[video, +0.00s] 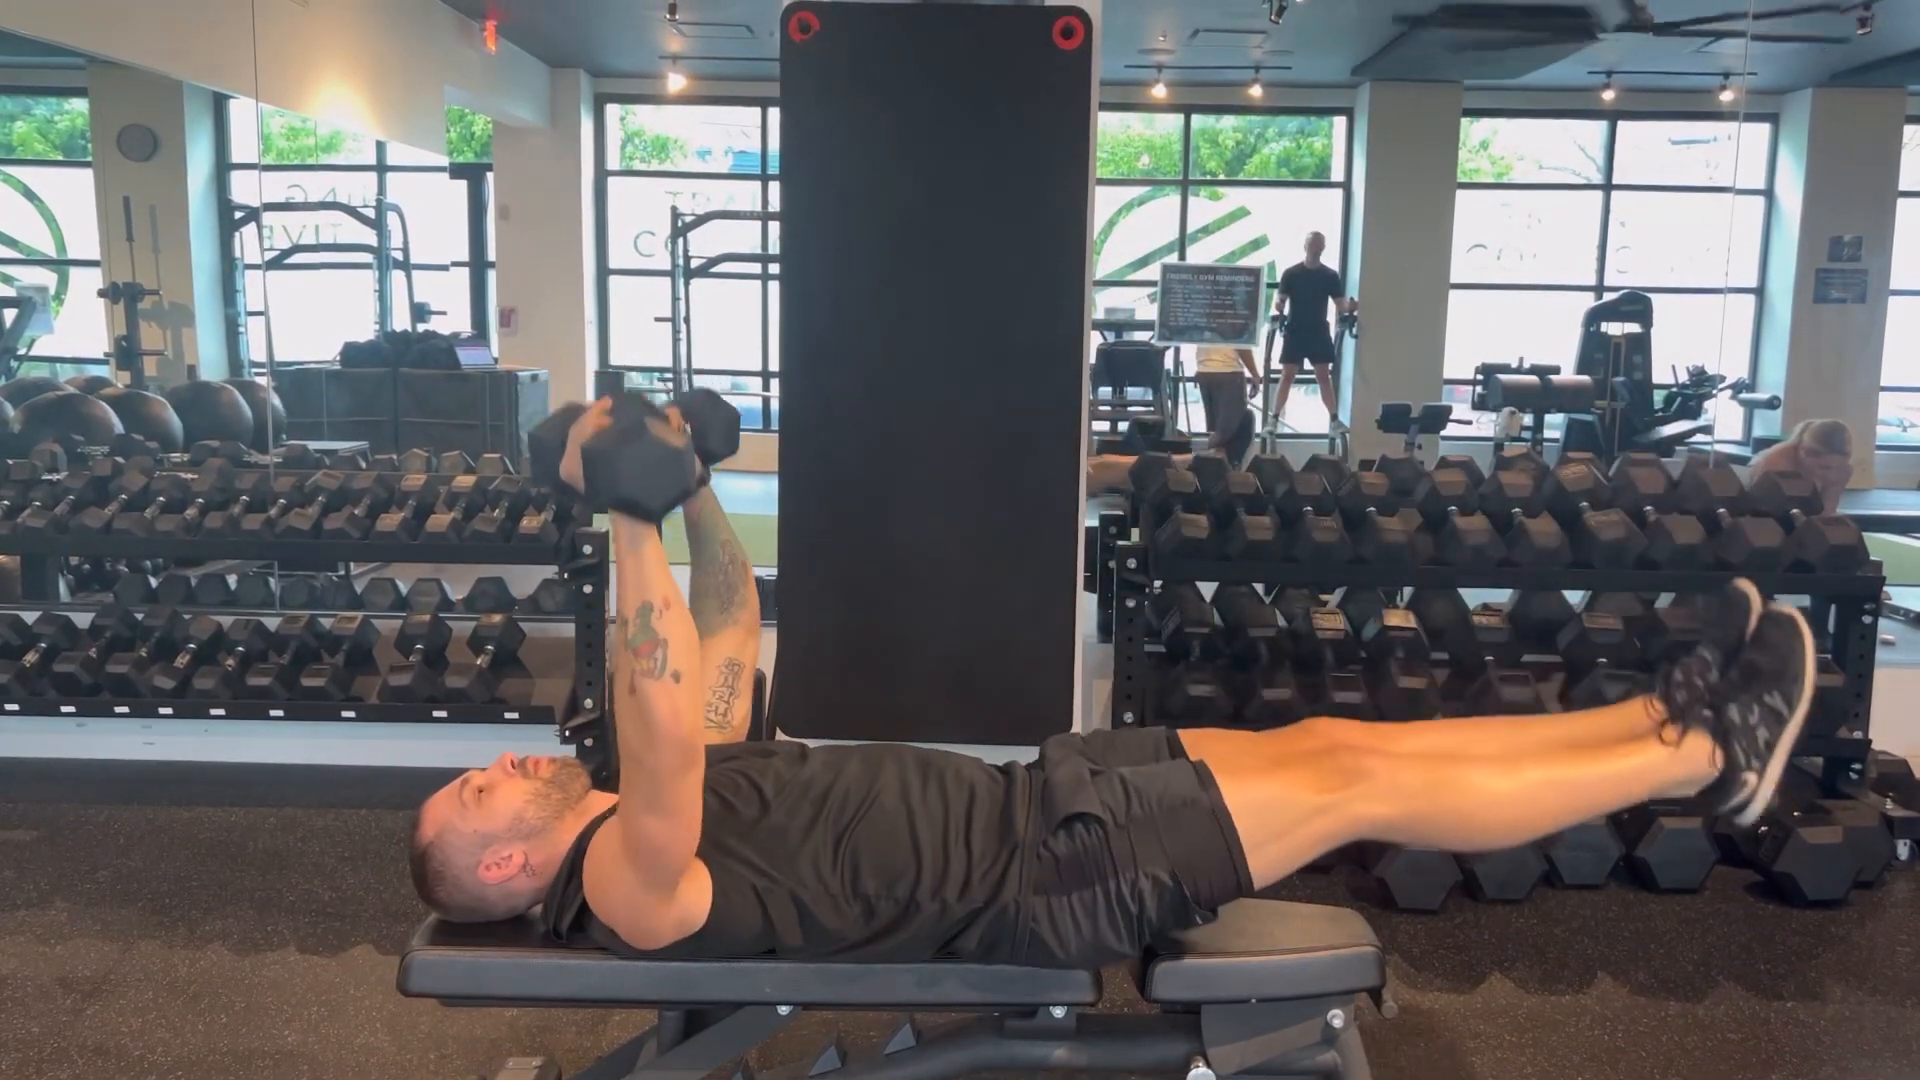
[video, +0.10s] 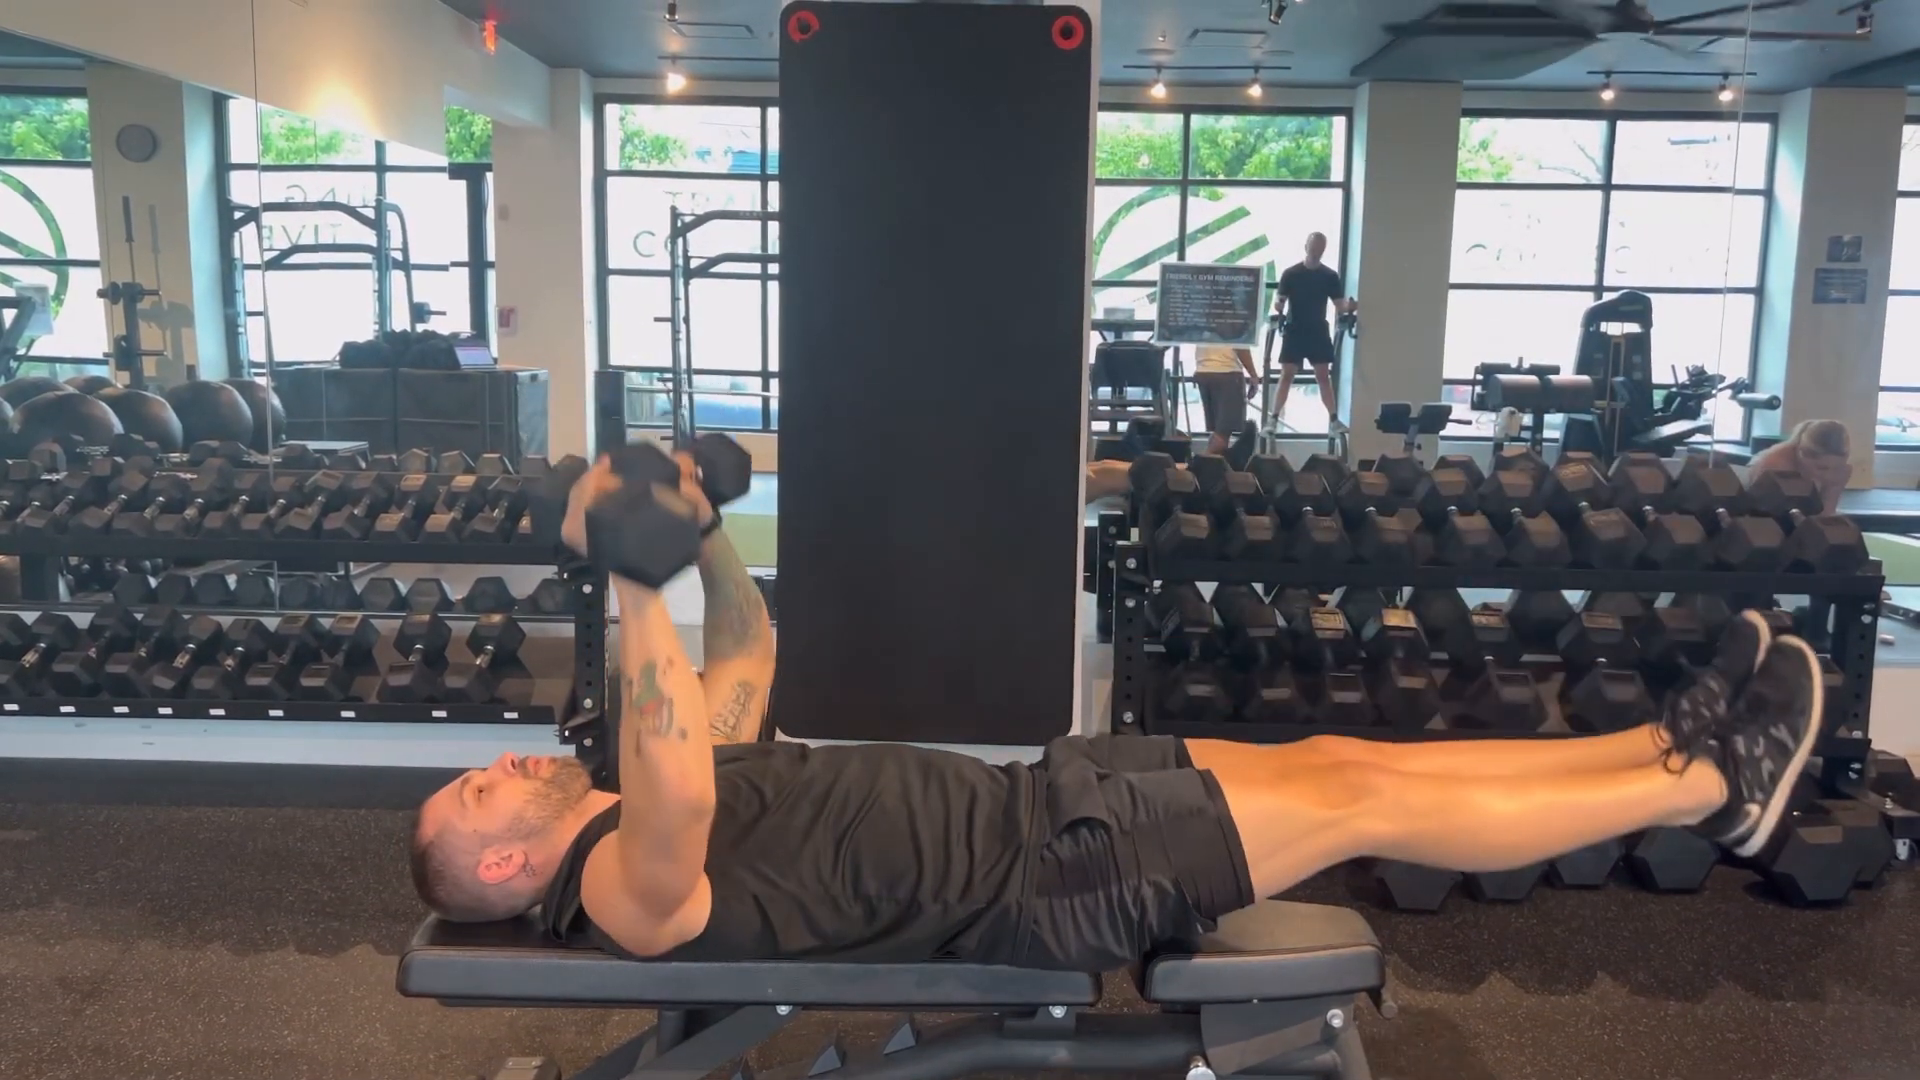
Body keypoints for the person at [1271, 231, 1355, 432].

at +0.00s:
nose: (1314, 250)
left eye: (1317, 246)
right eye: (1311, 246)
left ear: (1322, 248)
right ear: (1306, 246)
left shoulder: (1330, 276)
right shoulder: (1291, 274)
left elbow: (1340, 305)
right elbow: (1280, 302)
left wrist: (1351, 306)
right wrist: (1280, 311)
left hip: (1319, 330)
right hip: (1294, 329)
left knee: (1323, 375)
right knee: (1288, 374)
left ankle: (1334, 419)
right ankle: (1274, 418)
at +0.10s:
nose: (1316, 254)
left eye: (1319, 251)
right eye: (1313, 249)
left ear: (1324, 250)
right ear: (1306, 247)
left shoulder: (1330, 276)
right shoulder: (1290, 274)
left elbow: (1339, 305)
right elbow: (1279, 302)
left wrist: (1350, 306)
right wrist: (1280, 312)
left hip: (1318, 329)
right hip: (1294, 329)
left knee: (1323, 375)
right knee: (1287, 374)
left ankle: (1333, 419)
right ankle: (1273, 417)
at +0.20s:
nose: (1317, 256)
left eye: (1321, 253)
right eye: (1314, 251)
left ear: (1325, 253)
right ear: (1307, 249)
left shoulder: (1330, 277)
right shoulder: (1291, 274)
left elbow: (1339, 306)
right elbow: (1278, 303)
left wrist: (1349, 306)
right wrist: (1279, 311)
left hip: (1318, 329)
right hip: (1294, 329)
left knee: (1323, 375)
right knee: (1286, 373)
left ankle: (1333, 419)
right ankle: (1273, 417)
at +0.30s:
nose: (1319, 258)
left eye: (1323, 254)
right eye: (1316, 253)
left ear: (1326, 254)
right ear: (1307, 250)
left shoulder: (1330, 278)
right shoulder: (1291, 275)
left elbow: (1338, 308)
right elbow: (1278, 303)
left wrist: (1348, 307)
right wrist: (1279, 311)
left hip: (1318, 330)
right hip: (1294, 329)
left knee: (1326, 374)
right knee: (1285, 373)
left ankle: (1332, 420)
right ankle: (1272, 418)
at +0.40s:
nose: (1318, 261)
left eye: (1322, 257)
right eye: (1315, 256)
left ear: (1325, 257)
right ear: (1307, 252)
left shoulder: (1329, 280)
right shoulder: (1291, 277)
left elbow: (1336, 309)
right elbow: (1278, 305)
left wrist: (1347, 308)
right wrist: (1278, 307)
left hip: (1318, 333)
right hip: (1294, 332)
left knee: (1328, 376)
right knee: (1285, 374)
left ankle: (1332, 421)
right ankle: (1272, 418)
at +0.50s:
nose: (1317, 263)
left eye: (1320, 259)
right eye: (1314, 258)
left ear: (1324, 259)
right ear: (1305, 255)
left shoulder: (1328, 282)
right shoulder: (1290, 280)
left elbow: (1334, 310)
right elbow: (1280, 306)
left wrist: (1346, 309)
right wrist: (1277, 308)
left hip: (1318, 334)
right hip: (1294, 334)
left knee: (1328, 376)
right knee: (1285, 375)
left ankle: (1332, 421)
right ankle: (1272, 419)